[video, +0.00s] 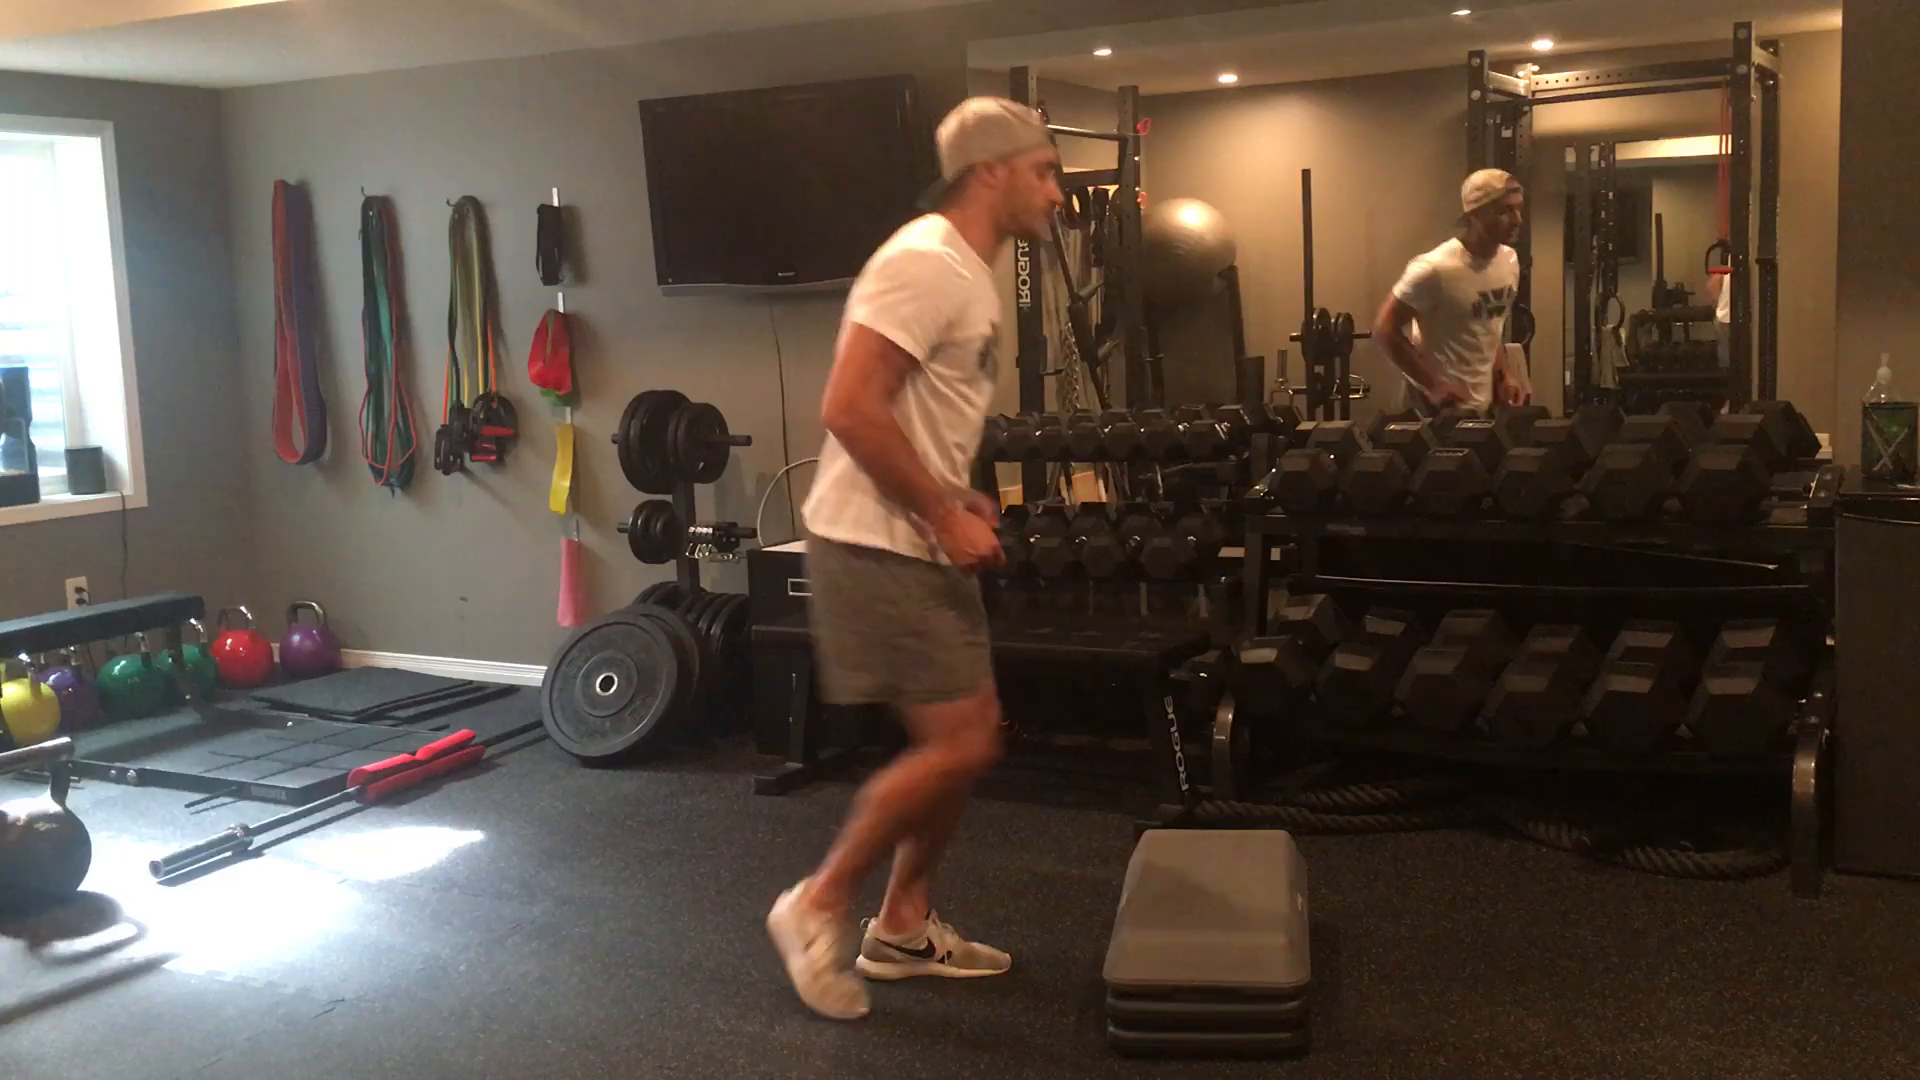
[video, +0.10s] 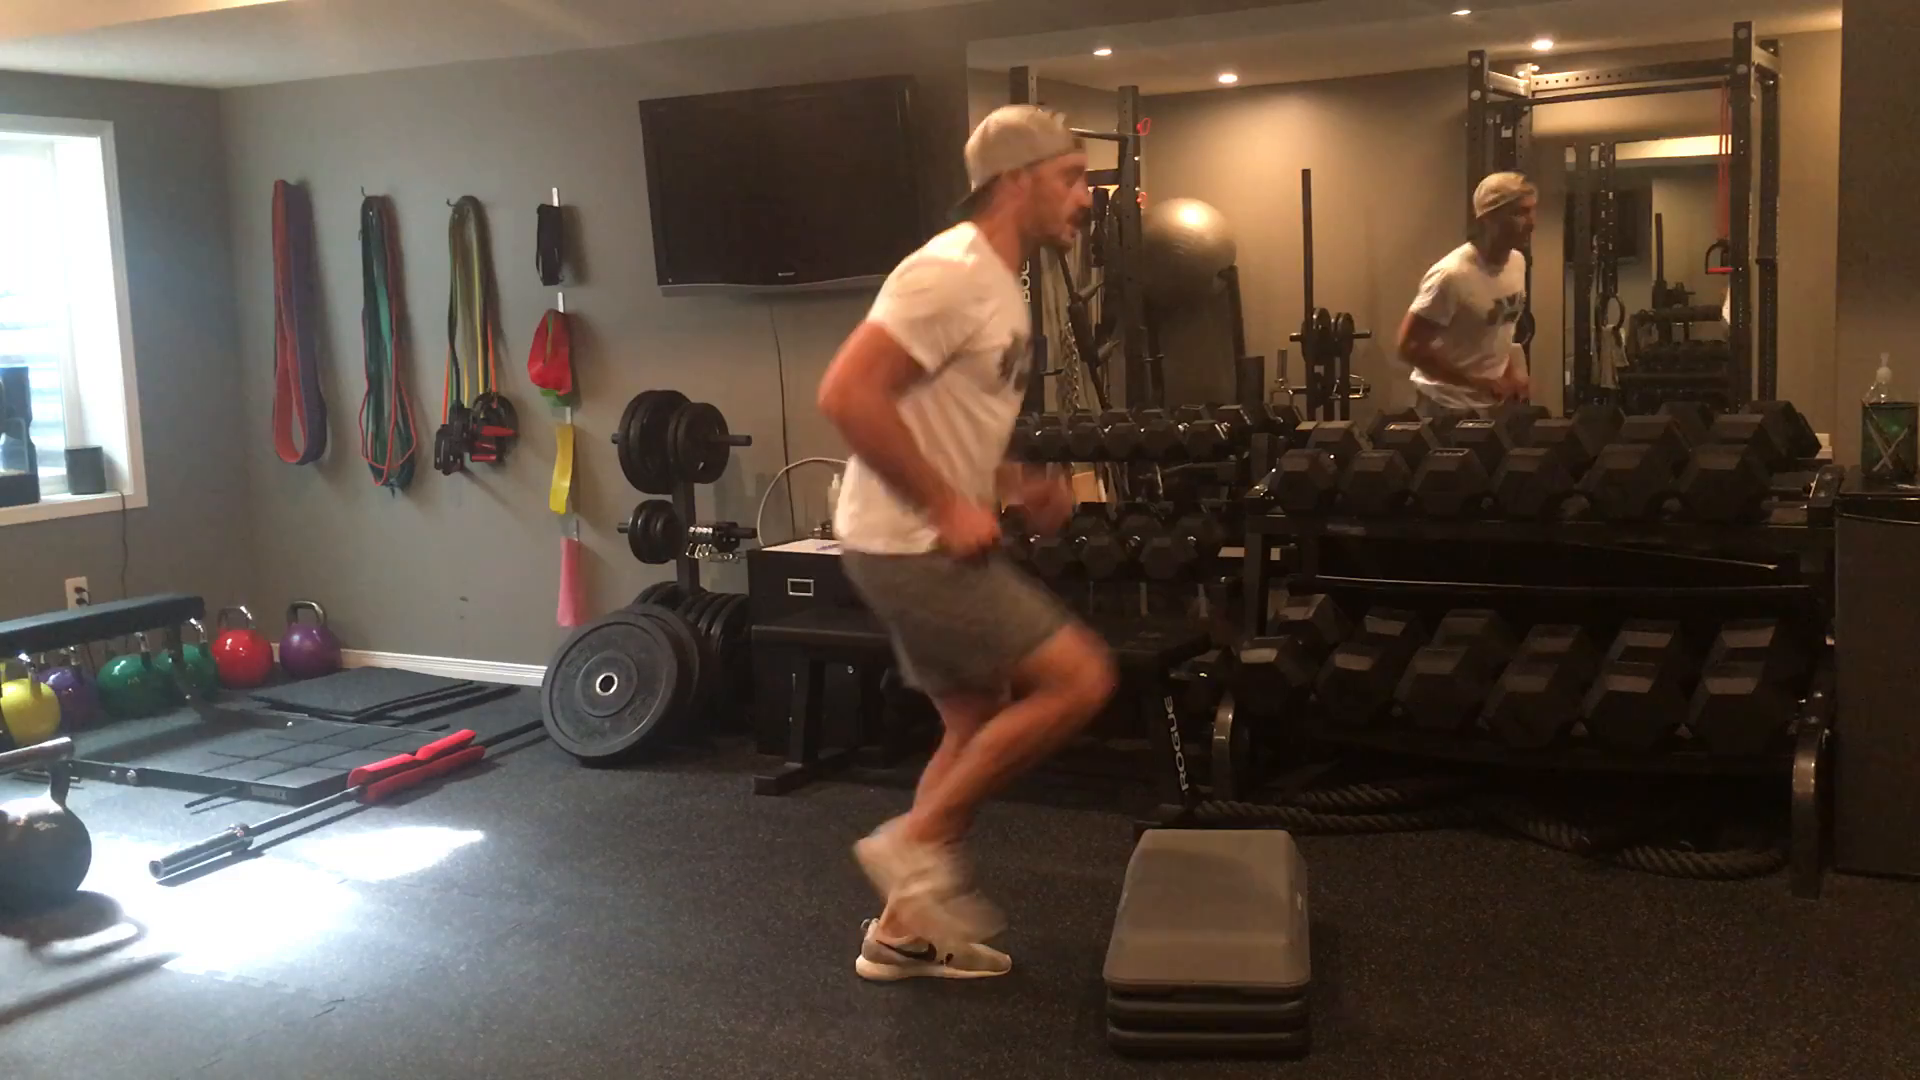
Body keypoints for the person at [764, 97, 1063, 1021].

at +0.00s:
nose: (1056, 192)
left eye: (1054, 174)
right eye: (1044, 173)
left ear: (995, 179)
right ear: (990, 176)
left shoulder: (970, 270)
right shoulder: (924, 261)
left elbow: (913, 413)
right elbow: (851, 405)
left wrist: (958, 498)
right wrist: (947, 512)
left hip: (918, 541)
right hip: (876, 542)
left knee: (959, 736)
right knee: (963, 737)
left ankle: (902, 926)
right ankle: (815, 905)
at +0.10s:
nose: (1086, 197)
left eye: (1085, 180)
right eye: (1073, 179)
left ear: (1021, 188)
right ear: (1018, 184)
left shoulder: (998, 284)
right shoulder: (951, 271)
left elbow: (944, 423)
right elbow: (848, 389)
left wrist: (1020, 481)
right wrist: (942, 501)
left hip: (927, 539)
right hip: (903, 541)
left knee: (973, 724)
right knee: (1079, 676)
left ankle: (906, 925)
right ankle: (914, 839)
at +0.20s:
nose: (1111, 131)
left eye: (1109, 113)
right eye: (1097, 112)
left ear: (1047, 127)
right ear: (1043, 125)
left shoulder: (1035, 228)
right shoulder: (973, 215)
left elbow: (967, 331)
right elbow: (859, 325)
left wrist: (1055, 361)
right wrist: (963, 425)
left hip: (951, 490)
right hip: (943, 494)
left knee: (962, 689)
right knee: (1133, 604)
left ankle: (915, 904)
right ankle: (1050, 817)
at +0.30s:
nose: (1137, 83)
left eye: (1134, 64)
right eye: (1120, 65)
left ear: (1072, 83)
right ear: (1062, 81)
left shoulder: (1057, 183)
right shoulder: (1003, 175)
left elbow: (1001, 296)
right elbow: (908, 303)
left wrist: (1081, 324)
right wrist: (1024, 396)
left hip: (976, 449)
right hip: (989, 450)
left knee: (1034, 642)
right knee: (1152, 606)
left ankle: (945, 853)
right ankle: (1114, 839)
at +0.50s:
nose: (1170, 52)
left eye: (1168, 32)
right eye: (1154, 30)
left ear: (1102, 46)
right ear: (1093, 42)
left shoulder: (1090, 145)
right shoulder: (1053, 140)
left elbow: (1044, 297)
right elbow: (1008, 300)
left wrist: (1123, 361)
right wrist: (1130, 360)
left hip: (1061, 418)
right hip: (1027, 427)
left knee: (1164, 578)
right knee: (1143, 614)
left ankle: (1074, 795)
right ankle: (1111, 848)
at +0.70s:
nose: (1186, 58)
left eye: (1183, 38)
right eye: (1170, 36)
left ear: (1122, 48)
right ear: (1112, 45)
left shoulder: (1112, 158)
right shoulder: (1049, 146)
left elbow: (1061, 302)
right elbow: (960, 278)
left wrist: (1142, 330)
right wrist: (1089, 352)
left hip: (1062, 423)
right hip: (1022, 428)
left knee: (1129, 618)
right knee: (1159, 607)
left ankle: (1117, 823)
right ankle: (1033, 805)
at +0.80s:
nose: (1184, 61)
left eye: (1181, 42)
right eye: (1169, 39)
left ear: (1121, 53)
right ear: (1113, 50)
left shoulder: (1110, 161)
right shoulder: (1051, 146)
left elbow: (1044, 296)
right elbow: (952, 279)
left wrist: (1131, 336)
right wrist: (1068, 369)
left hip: (1063, 427)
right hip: (1004, 434)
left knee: (1136, 603)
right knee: (1095, 633)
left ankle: (1117, 821)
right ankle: (962, 832)